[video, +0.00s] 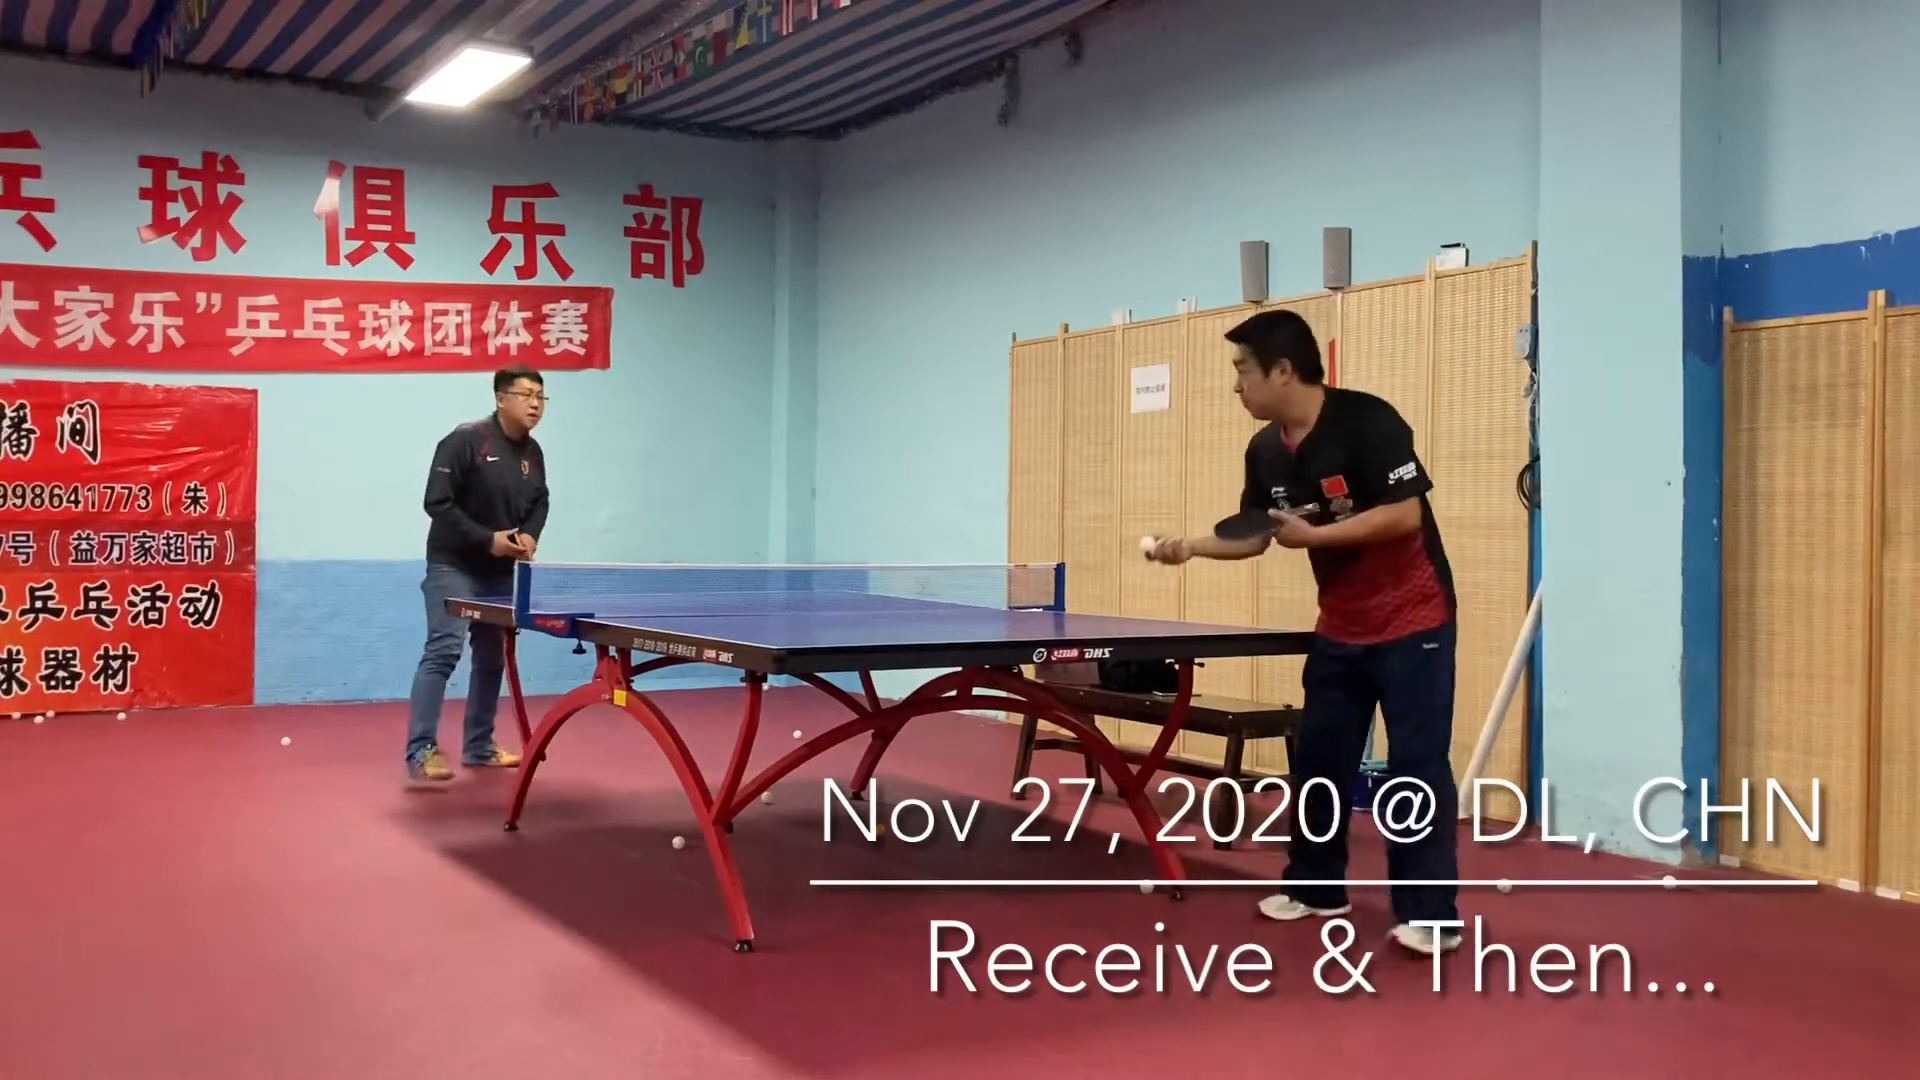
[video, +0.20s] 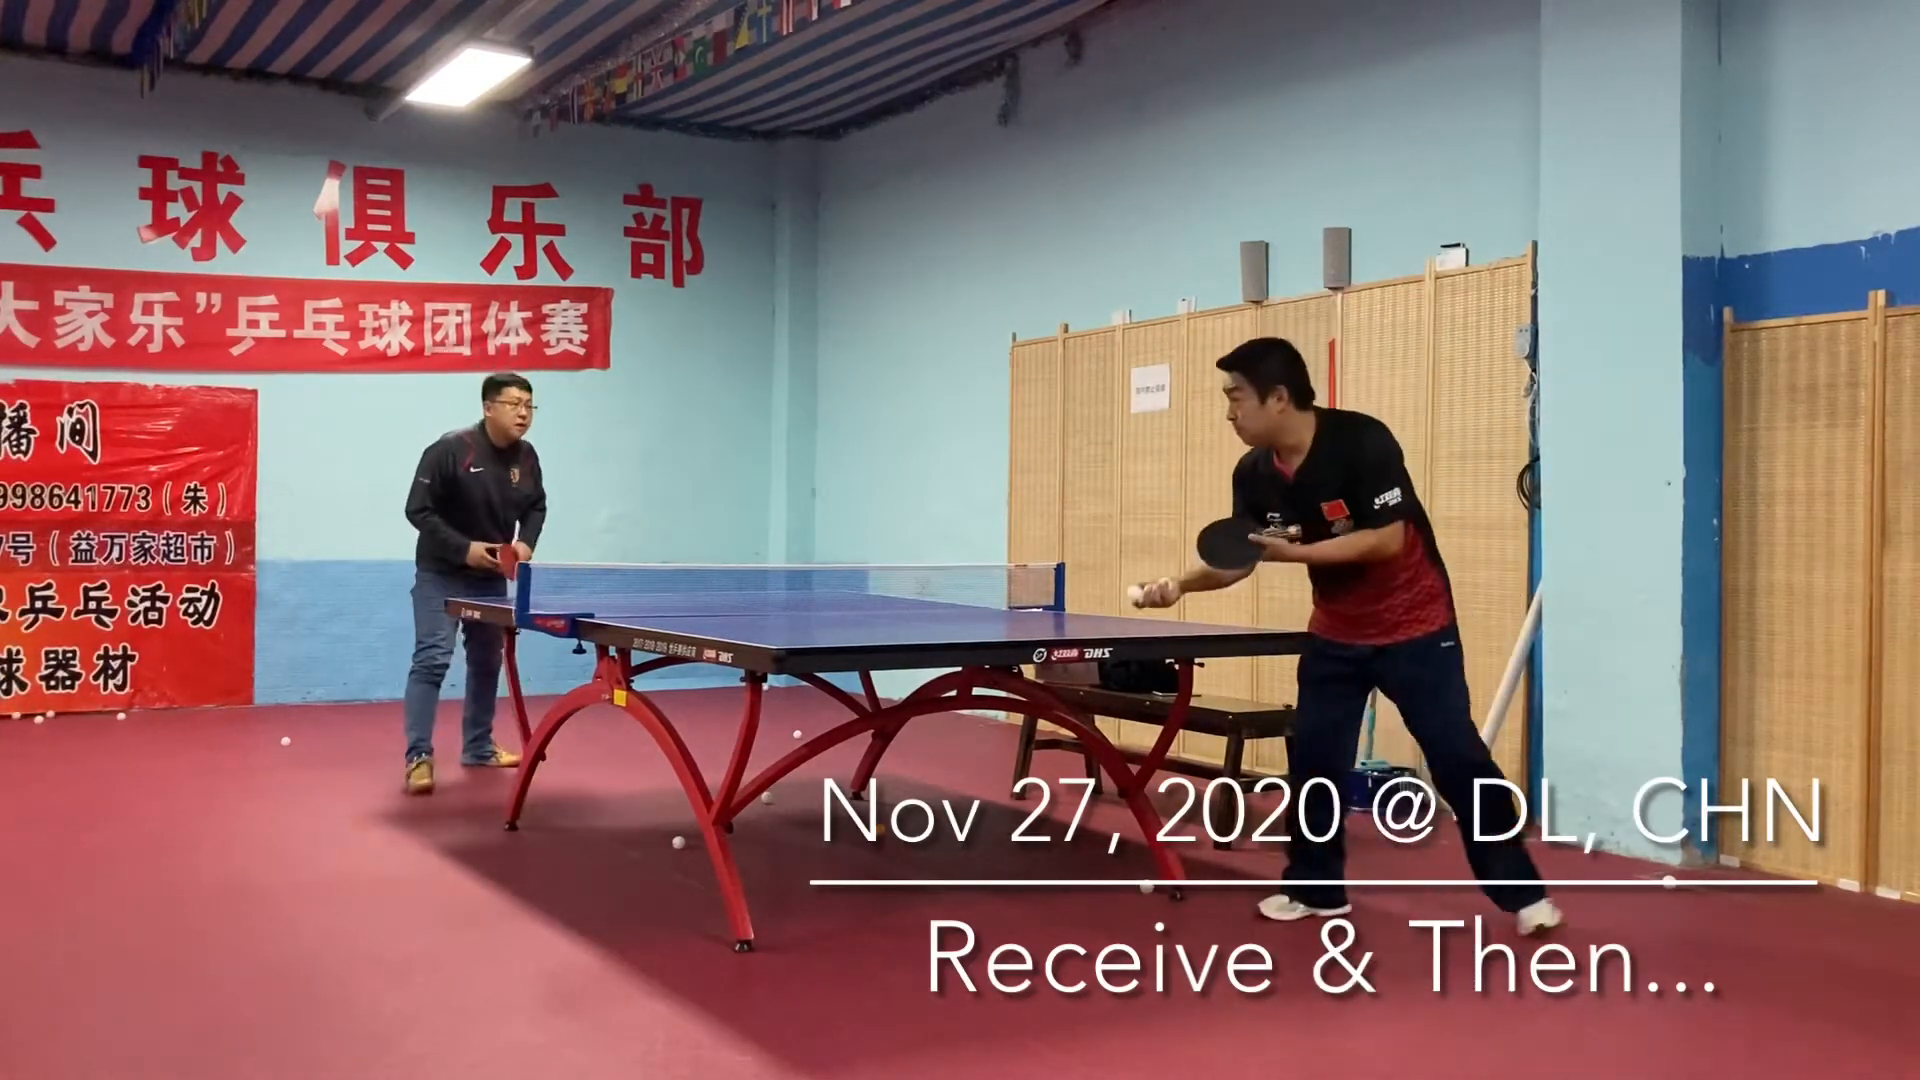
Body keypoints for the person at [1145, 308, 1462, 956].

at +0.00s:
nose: (1235, 385)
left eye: (1243, 371)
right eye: (1235, 371)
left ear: (1283, 372)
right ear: (1277, 373)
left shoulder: (1369, 418)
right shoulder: (1268, 449)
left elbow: (1404, 514)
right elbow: (1253, 530)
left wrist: (1316, 534)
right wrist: (1192, 544)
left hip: (1414, 621)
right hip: (1341, 625)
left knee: (1417, 766)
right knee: (1319, 754)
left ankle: (1429, 911)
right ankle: (1316, 888)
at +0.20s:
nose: (1228, 410)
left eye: (1237, 397)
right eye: (1227, 397)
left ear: (1279, 398)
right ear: (1268, 402)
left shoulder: (1362, 439)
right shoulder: (1254, 473)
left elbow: (1390, 538)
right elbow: (1240, 558)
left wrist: (1296, 552)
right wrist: (1179, 585)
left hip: (1415, 628)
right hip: (1336, 632)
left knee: (1456, 753)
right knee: (1313, 756)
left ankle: (1524, 893)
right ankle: (1315, 887)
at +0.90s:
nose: (1376, 379)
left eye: (1389, 368)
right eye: (1377, 367)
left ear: (1434, 379)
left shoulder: (1500, 448)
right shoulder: (1368, 433)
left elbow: (1526, 535)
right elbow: (1300, 455)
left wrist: (1464, 543)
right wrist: (1240, 443)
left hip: (1475, 641)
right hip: (1383, 637)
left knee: (1518, 766)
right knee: (1349, 759)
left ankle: (1562, 896)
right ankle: (1344, 885)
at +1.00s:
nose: (1400, 368)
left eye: (1416, 356)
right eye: (1401, 355)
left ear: (1459, 371)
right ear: (1412, 367)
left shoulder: (1517, 440)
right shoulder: (1383, 430)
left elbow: (1549, 510)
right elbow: (1320, 456)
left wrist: (1531, 549)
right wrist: (1252, 474)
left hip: (1483, 635)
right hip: (1393, 632)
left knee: (1521, 765)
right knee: (1357, 753)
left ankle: (1561, 896)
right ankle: (1345, 885)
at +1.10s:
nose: (1414, 364)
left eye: (1431, 353)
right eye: (1416, 351)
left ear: (1474, 372)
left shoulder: (1522, 435)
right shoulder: (1390, 428)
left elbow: (1565, 490)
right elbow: (1332, 464)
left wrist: (1613, 511)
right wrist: (1276, 512)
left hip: (1490, 636)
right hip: (1399, 633)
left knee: (1526, 763)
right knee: (1362, 754)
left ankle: (1561, 895)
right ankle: (1345, 884)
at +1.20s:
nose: (1417, 371)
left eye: (1433, 360)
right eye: (1416, 359)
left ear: (1478, 373)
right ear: (1416, 367)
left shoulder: (1529, 431)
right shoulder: (1393, 432)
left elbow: (1587, 480)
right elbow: (1338, 470)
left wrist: (1636, 450)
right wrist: (1320, 538)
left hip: (1494, 635)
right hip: (1404, 633)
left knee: (1530, 764)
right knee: (1364, 752)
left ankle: (1563, 896)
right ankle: (1344, 884)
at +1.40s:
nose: (1364, 415)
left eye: (1374, 401)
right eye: (1363, 401)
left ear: (1418, 402)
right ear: (1406, 404)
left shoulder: (1492, 442)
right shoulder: (1375, 454)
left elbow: (1589, 459)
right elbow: (1365, 493)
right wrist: (1367, 540)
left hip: (1486, 648)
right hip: (1396, 638)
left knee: (1529, 777)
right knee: (1334, 738)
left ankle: (1563, 894)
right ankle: (1350, 879)